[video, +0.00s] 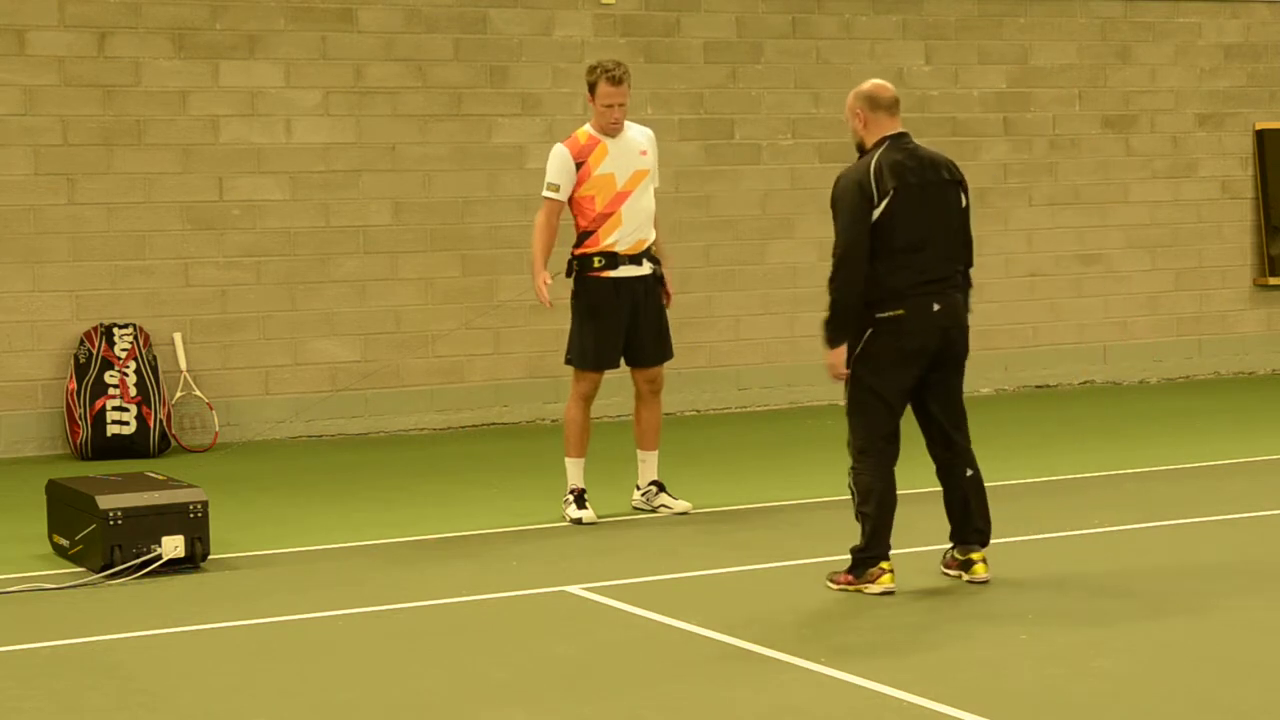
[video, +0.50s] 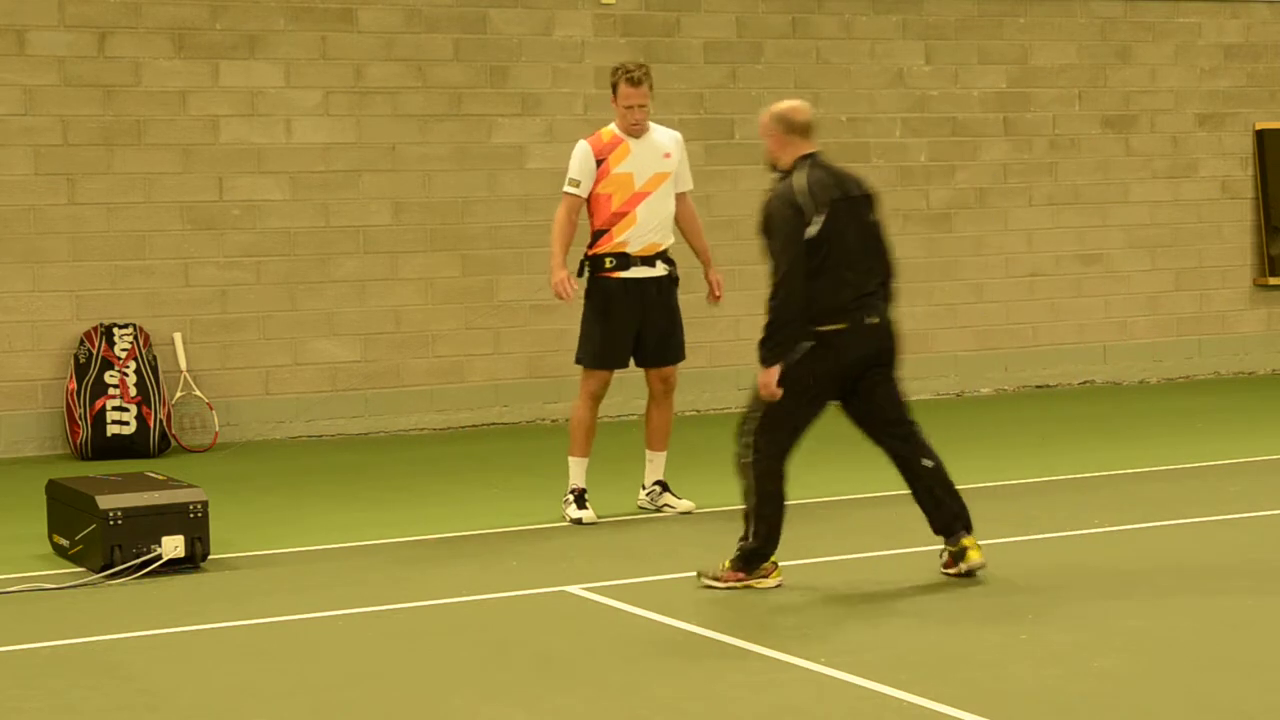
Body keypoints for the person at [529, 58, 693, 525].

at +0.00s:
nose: (615, 113)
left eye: (621, 105)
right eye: (607, 105)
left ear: (629, 101)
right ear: (589, 101)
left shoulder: (644, 140)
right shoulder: (569, 151)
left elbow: (647, 210)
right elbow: (549, 214)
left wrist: (661, 268)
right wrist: (540, 268)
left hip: (644, 280)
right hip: (597, 283)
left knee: (650, 382)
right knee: (584, 387)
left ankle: (648, 487)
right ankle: (575, 493)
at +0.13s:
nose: (617, 114)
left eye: (623, 106)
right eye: (609, 107)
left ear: (630, 102)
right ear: (591, 102)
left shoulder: (644, 139)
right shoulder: (570, 152)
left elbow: (655, 203)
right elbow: (548, 215)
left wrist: (679, 257)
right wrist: (541, 273)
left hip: (644, 279)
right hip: (596, 283)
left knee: (660, 377)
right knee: (583, 386)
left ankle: (651, 483)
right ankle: (575, 492)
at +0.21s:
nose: (620, 115)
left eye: (626, 106)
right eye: (612, 107)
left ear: (634, 101)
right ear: (594, 103)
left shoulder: (646, 139)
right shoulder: (574, 152)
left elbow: (662, 205)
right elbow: (550, 215)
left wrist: (691, 258)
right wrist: (546, 275)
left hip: (644, 280)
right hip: (595, 283)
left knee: (662, 378)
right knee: (584, 387)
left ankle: (654, 483)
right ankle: (575, 490)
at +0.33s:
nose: (627, 114)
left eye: (633, 105)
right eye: (619, 106)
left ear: (640, 101)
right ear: (602, 103)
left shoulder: (656, 141)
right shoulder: (581, 151)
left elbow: (670, 206)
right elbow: (558, 213)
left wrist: (701, 258)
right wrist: (553, 273)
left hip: (648, 281)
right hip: (600, 283)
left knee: (661, 381)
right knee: (586, 386)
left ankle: (654, 486)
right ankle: (576, 492)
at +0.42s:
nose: (634, 114)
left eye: (639, 106)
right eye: (625, 107)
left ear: (647, 100)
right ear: (608, 103)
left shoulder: (664, 142)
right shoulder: (586, 150)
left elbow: (676, 206)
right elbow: (563, 212)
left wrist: (704, 261)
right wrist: (557, 270)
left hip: (653, 280)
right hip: (604, 282)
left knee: (662, 381)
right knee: (590, 387)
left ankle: (654, 486)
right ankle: (576, 491)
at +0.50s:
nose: (637, 114)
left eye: (643, 105)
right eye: (629, 106)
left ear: (652, 101)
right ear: (613, 103)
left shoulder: (671, 143)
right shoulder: (591, 150)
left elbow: (683, 207)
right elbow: (568, 211)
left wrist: (709, 264)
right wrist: (558, 266)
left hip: (658, 281)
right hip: (609, 283)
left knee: (663, 382)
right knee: (593, 387)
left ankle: (654, 487)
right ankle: (576, 491)